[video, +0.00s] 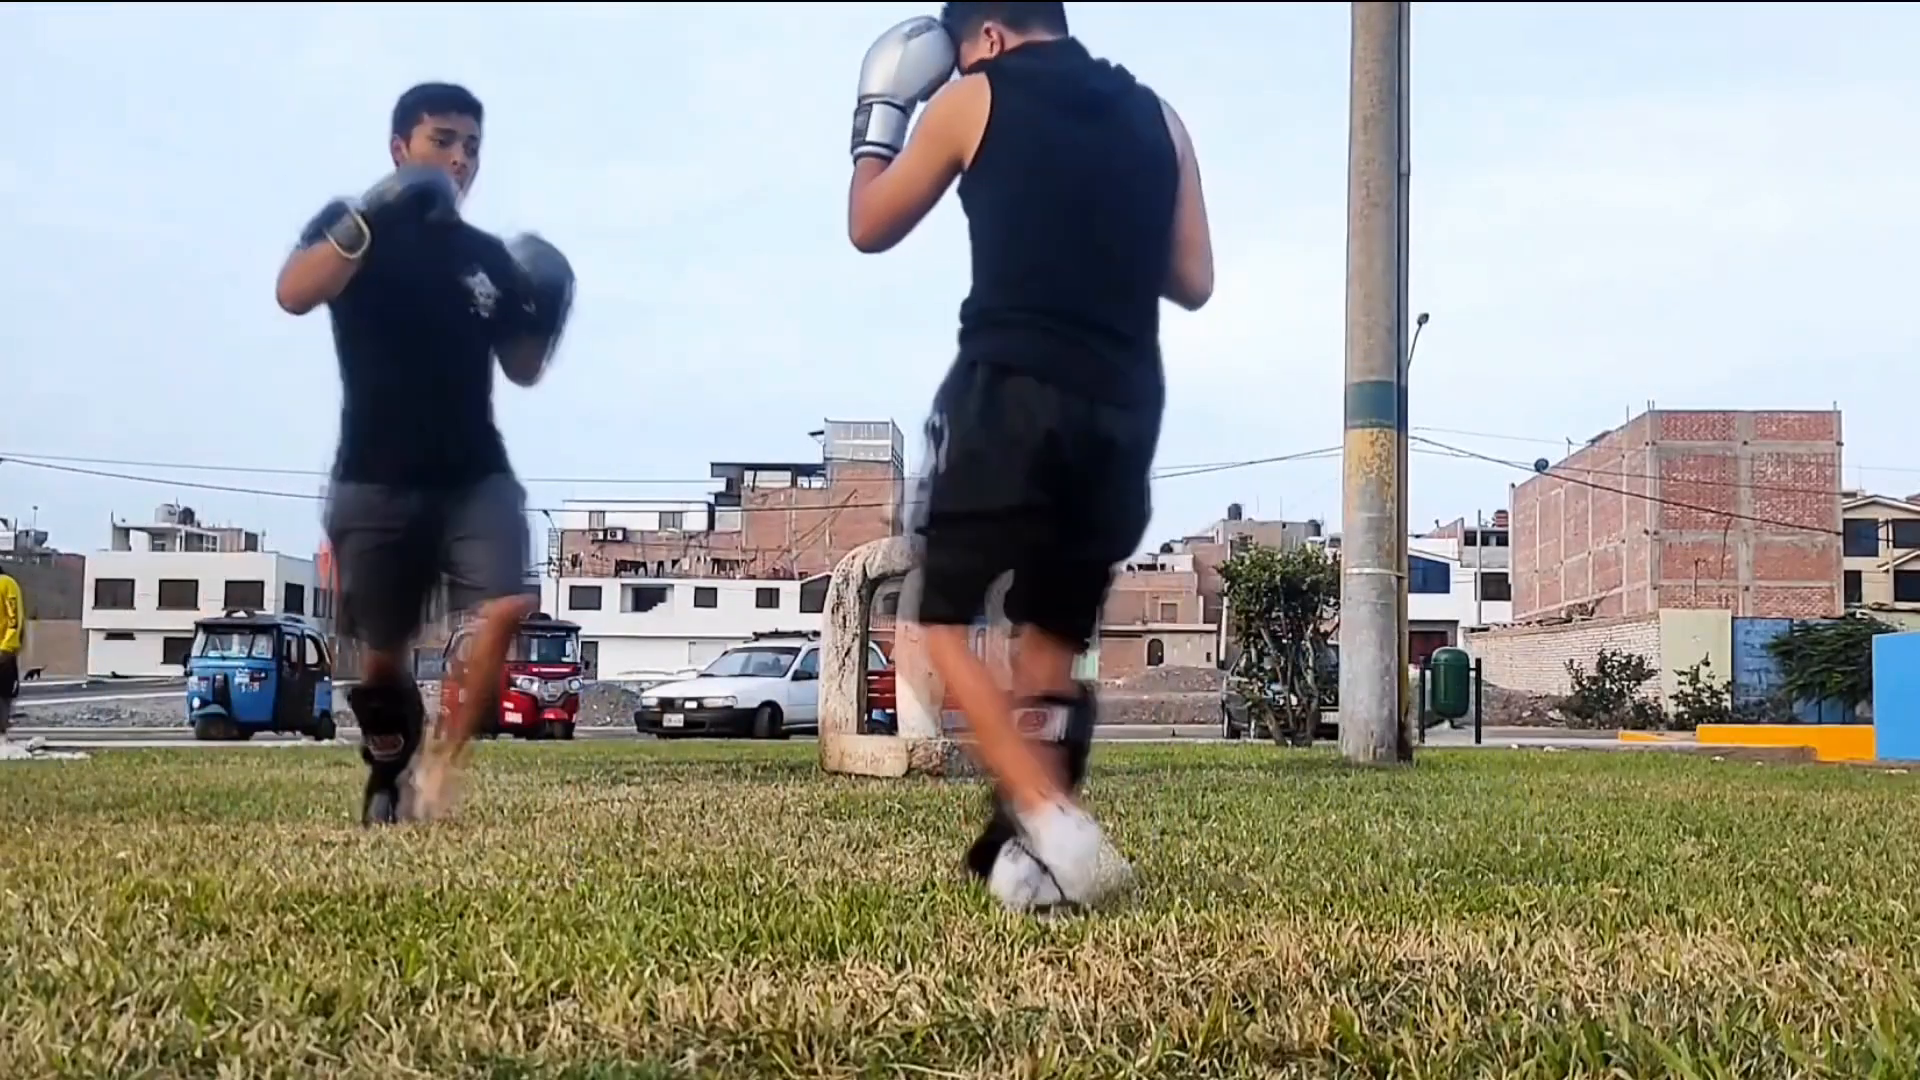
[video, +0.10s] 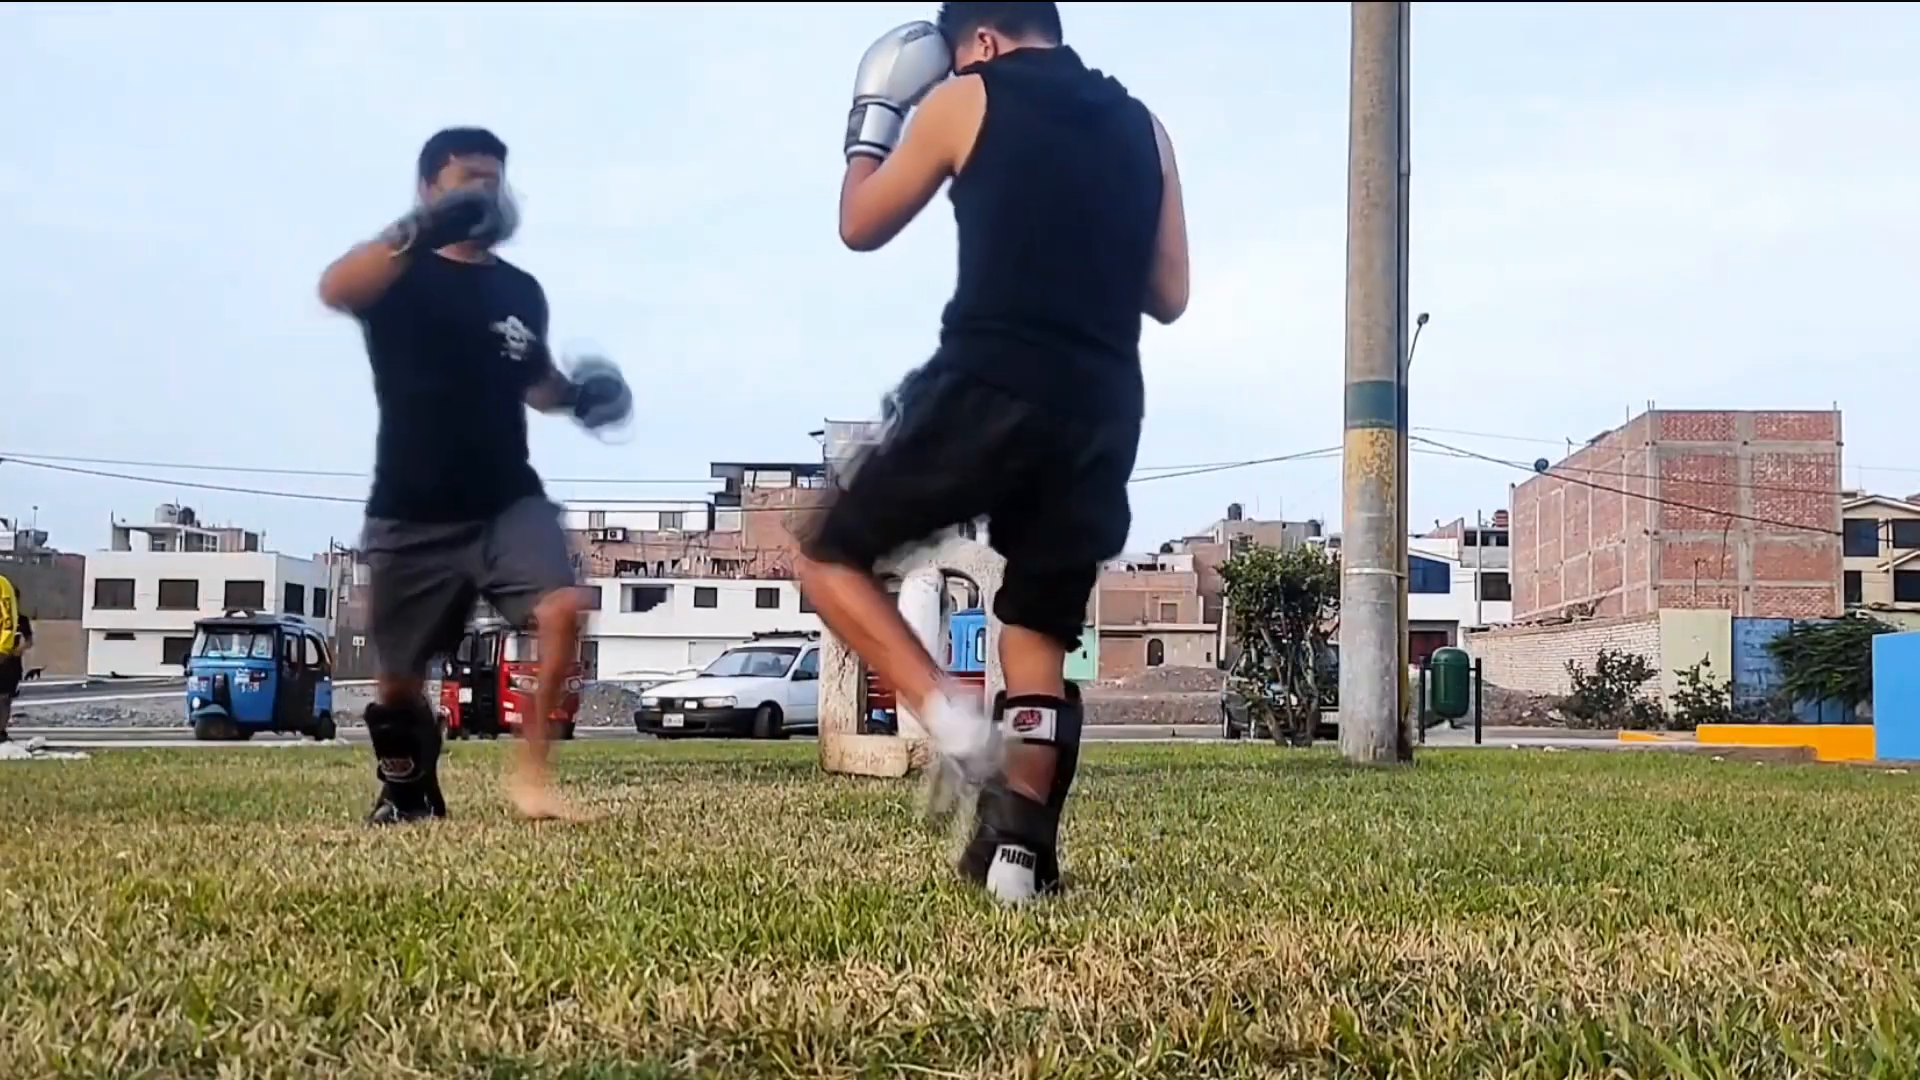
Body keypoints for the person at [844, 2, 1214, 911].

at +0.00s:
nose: (958, 62)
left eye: (957, 47)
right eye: (957, 49)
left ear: (990, 33)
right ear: (1058, 27)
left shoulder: (978, 97)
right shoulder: (1158, 117)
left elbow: (870, 224)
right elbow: (1192, 279)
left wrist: (878, 119)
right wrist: (1100, 224)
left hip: (1008, 390)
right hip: (1124, 407)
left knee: (940, 628)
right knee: (1054, 632)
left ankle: (1065, 838)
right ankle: (1027, 859)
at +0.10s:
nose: (956, 71)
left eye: (955, 57)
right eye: (955, 59)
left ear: (982, 40)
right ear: (1052, 35)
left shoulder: (967, 98)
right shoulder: (1146, 126)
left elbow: (861, 223)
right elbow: (1170, 296)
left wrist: (878, 113)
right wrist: (1084, 227)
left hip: (988, 386)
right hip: (1104, 408)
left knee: (825, 556)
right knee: (1040, 629)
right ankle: (1020, 858)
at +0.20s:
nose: (938, 54)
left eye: (939, 39)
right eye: (939, 41)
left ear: (968, 28)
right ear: (1041, 27)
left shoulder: (949, 90)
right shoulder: (1128, 121)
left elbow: (846, 215)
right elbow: (1145, 289)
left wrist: (865, 110)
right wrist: (1067, 222)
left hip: (963, 368)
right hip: (1079, 398)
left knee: (780, 460)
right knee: (1026, 622)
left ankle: (880, 612)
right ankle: (1017, 856)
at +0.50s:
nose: (881, 83)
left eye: (880, 69)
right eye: (882, 70)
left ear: (903, 59)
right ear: (981, 53)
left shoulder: (877, 122)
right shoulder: (1060, 134)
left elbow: (805, 254)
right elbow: (1086, 295)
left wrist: (813, 155)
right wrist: (1009, 225)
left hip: (865, 398)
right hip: (986, 425)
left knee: (749, 467)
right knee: (981, 634)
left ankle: (750, 668)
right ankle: (1004, 857)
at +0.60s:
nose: (858, 86)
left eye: (858, 75)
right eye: (862, 75)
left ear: (870, 73)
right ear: (952, 71)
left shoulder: (834, 135)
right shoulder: (1019, 145)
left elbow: (789, 268)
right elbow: (1058, 299)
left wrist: (819, 178)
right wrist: (980, 237)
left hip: (826, 413)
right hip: (951, 434)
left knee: (725, 525)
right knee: (959, 639)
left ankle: (685, 706)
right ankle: (997, 853)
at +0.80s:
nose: (912, 127)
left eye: (903, 114)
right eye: (913, 114)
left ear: (829, 86)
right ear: (906, 107)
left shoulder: (753, 150)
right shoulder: (906, 175)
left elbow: (705, 263)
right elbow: (949, 331)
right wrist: (918, 256)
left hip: (710, 433)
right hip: (821, 446)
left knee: (669, 640)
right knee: (900, 631)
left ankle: (613, 836)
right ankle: (945, 836)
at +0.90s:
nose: (896, 140)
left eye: (893, 128)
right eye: (898, 128)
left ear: (820, 94)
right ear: (889, 119)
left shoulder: (742, 153)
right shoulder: (873, 176)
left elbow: (693, 281)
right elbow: (896, 337)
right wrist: (906, 255)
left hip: (658, 424)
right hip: (769, 435)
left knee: (653, 631)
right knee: (878, 619)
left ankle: (611, 835)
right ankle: (832, 812)